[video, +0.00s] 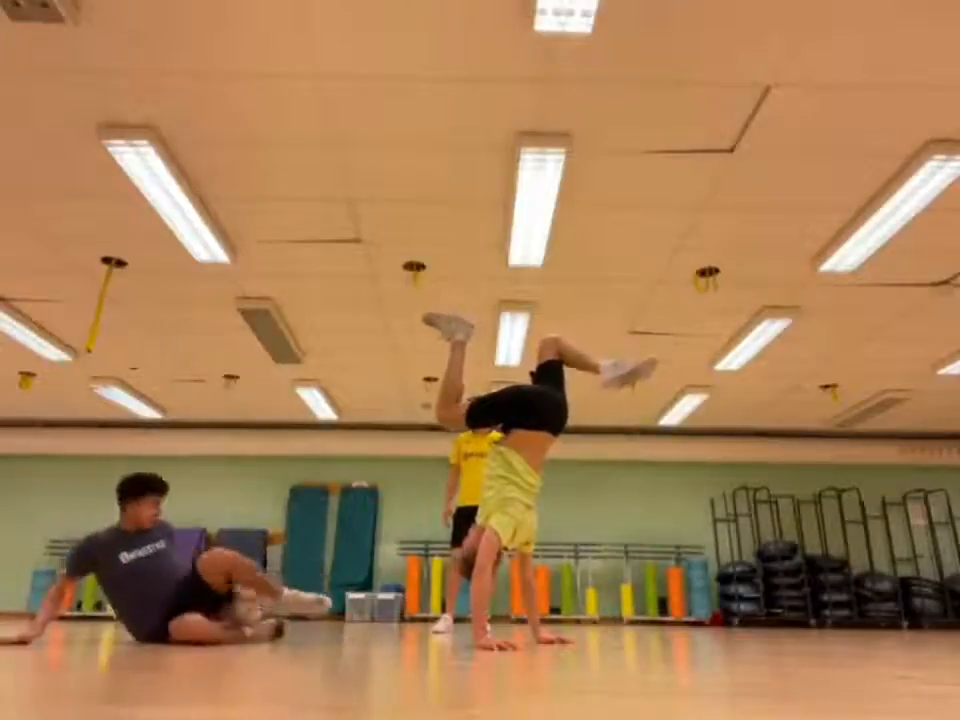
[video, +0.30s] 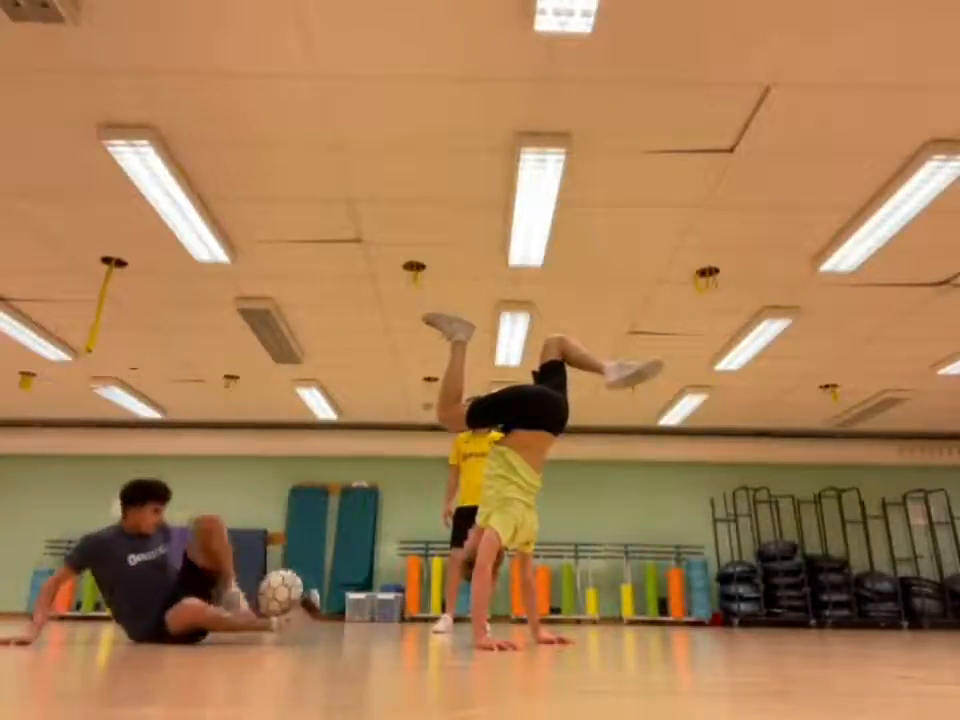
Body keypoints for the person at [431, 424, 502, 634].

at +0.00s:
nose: (477, 419)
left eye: (482, 413)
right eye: (474, 413)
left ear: (492, 415)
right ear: (467, 415)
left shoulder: (499, 439)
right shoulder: (463, 440)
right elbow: (454, 473)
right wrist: (449, 502)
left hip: (492, 504)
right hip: (466, 504)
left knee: (489, 564)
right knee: (457, 559)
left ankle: (483, 618)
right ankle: (449, 613)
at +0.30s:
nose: (476, 420)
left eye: (480, 414)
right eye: (473, 414)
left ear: (491, 416)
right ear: (467, 417)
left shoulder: (499, 440)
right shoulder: (462, 440)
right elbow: (454, 473)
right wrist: (448, 503)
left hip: (492, 504)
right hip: (466, 504)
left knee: (490, 564)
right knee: (456, 558)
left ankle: (483, 618)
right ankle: (449, 613)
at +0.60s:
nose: (476, 418)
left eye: (481, 412)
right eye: (473, 412)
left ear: (491, 415)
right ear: (466, 415)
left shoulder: (499, 439)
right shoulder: (462, 440)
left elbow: (507, 471)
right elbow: (454, 473)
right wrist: (448, 503)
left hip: (492, 504)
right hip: (466, 504)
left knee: (490, 564)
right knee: (456, 558)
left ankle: (483, 618)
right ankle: (449, 613)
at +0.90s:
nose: (476, 420)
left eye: (481, 414)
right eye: (473, 414)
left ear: (491, 416)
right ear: (466, 415)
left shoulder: (499, 439)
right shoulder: (462, 440)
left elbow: (506, 471)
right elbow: (453, 473)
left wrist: (502, 501)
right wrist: (448, 503)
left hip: (491, 504)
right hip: (465, 504)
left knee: (490, 563)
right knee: (455, 557)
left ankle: (483, 618)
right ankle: (448, 613)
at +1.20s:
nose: (475, 419)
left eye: (480, 413)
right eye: (472, 413)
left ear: (491, 415)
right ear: (465, 415)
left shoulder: (499, 439)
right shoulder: (462, 439)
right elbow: (453, 473)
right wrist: (447, 503)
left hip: (491, 504)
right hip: (465, 504)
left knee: (489, 564)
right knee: (456, 557)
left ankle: (483, 618)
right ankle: (448, 613)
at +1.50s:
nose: (472, 416)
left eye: (476, 410)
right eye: (469, 411)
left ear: (488, 413)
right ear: (465, 414)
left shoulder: (498, 438)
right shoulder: (461, 440)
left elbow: (506, 472)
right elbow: (453, 474)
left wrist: (502, 504)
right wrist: (447, 504)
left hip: (492, 505)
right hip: (465, 504)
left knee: (489, 565)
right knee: (456, 557)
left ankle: (485, 617)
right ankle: (449, 613)